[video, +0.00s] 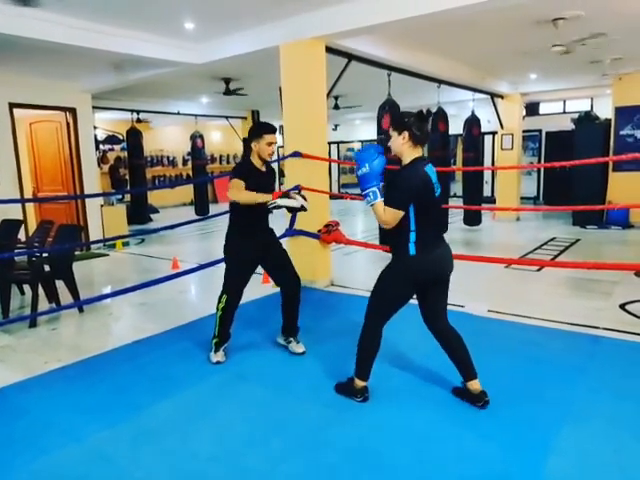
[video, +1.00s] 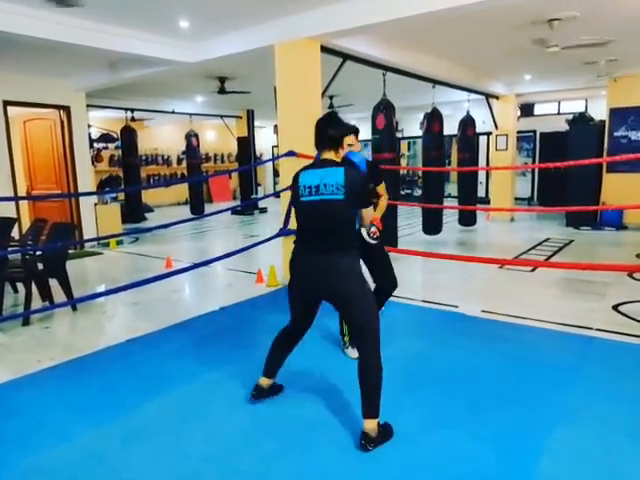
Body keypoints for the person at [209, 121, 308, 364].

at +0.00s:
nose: (273, 149)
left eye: (275, 144)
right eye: (268, 144)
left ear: (273, 145)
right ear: (254, 144)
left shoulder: (269, 171)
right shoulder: (242, 168)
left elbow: (264, 200)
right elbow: (234, 194)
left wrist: (287, 198)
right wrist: (271, 198)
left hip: (265, 238)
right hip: (241, 241)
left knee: (291, 283)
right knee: (231, 294)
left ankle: (289, 335)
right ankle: (219, 343)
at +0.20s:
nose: (291, 156)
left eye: (293, 152)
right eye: (288, 151)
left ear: (291, 152)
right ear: (273, 149)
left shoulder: (283, 178)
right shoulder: (256, 173)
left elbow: (276, 208)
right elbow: (232, 196)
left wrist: (296, 205)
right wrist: (228, 225)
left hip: (272, 241)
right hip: (248, 243)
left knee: (298, 284)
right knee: (234, 295)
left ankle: (307, 332)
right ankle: (217, 345)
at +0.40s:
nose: (324, 160)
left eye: (326, 156)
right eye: (320, 155)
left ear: (325, 155)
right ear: (306, 153)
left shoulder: (316, 180)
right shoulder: (288, 176)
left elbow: (318, 214)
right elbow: (255, 196)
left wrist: (329, 204)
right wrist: (224, 219)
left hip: (295, 237)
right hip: (275, 238)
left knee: (316, 284)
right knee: (264, 292)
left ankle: (309, 333)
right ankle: (227, 340)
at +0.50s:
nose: (331, 153)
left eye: (334, 148)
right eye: (327, 148)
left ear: (334, 147)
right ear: (314, 146)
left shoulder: (327, 173)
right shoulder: (295, 170)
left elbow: (331, 207)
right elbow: (264, 193)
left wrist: (338, 198)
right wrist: (241, 219)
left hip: (304, 229)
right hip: (284, 230)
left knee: (315, 283)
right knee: (286, 285)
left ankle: (308, 333)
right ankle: (259, 334)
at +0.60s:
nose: (336, 148)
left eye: (339, 144)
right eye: (331, 143)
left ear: (340, 143)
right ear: (319, 142)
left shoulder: (337, 169)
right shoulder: (301, 167)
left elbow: (337, 198)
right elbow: (273, 195)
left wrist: (344, 195)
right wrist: (261, 219)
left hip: (315, 224)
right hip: (294, 225)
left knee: (316, 281)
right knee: (303, 281)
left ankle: (311, 330)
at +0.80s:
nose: (339, 147)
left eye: (343, 142)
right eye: (335, 142)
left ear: (350, 144)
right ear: (326, 144)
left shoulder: (355, 172)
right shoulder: (316, 174)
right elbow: (294, 203)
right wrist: (290, 230)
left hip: (346, 231)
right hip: (321, 232)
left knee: (335, 283)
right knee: (338, 283)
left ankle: (310, 325)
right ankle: (348, 338)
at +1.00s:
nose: (350, 147)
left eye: (349, 142)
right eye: (348, 142)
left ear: (317, 143)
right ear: (340, 144)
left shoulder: (300, 177)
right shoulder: (352, 175)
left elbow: (301, 216)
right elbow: (367, 214)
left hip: (303, 268)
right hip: (341, 270)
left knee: (297, 325)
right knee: (369, 345)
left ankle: (264, 382)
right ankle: (371, 428)